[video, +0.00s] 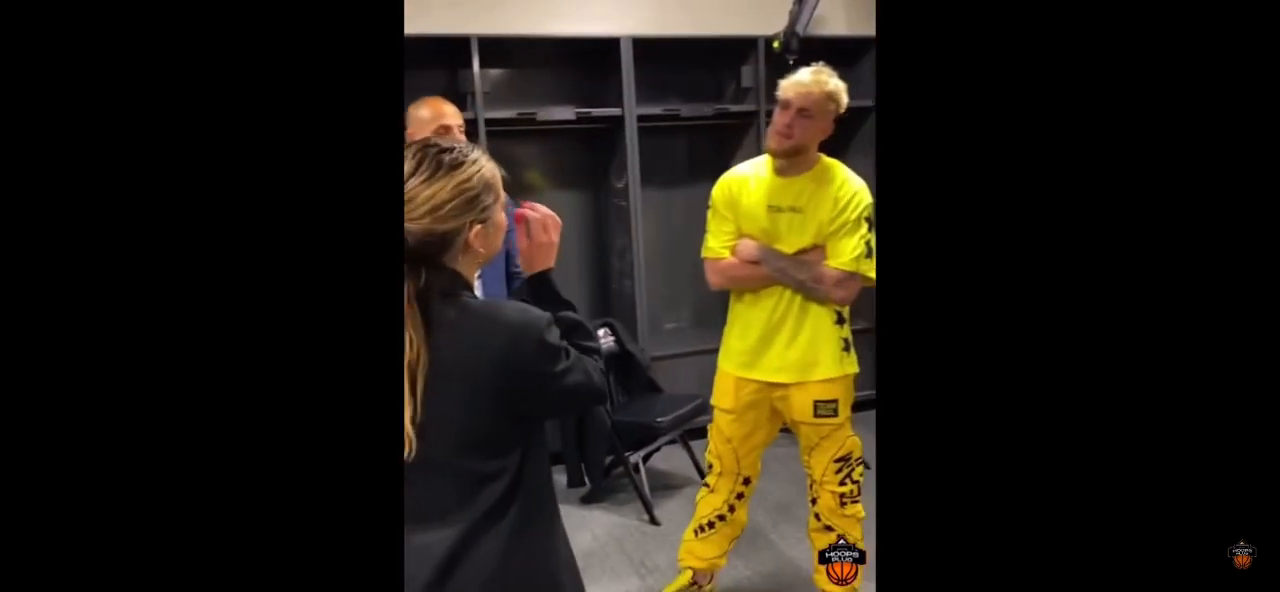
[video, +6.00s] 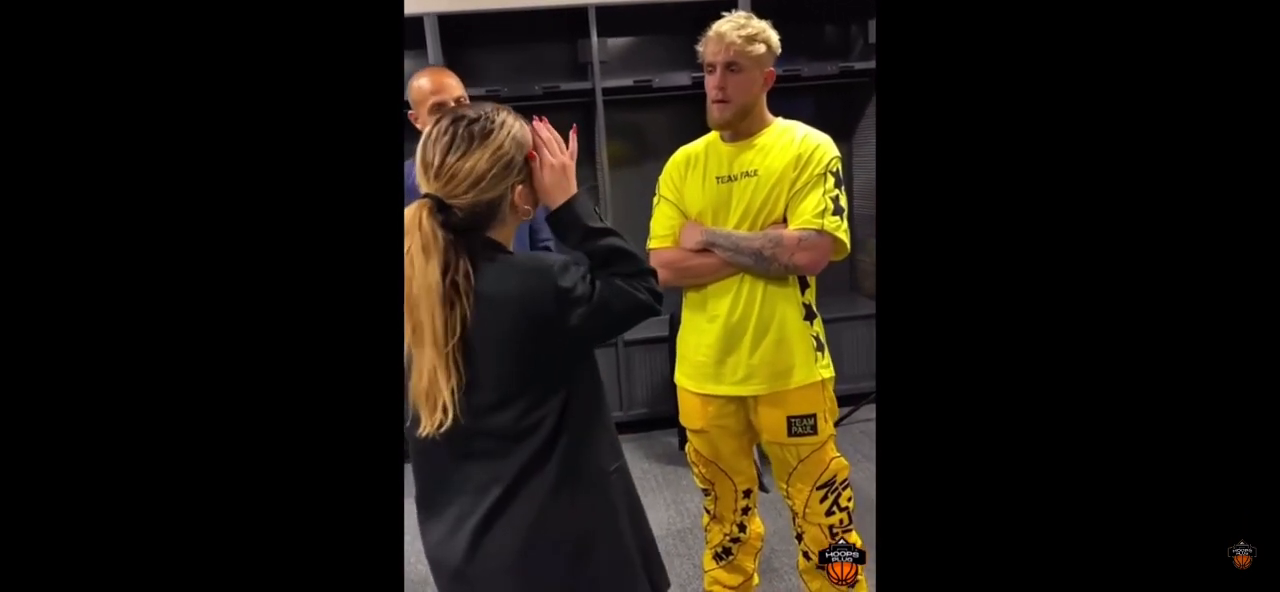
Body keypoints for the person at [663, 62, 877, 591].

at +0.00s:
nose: (784, 119)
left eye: (801, 113)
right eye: (781, 107)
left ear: (827, 128)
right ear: (771, 110)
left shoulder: (848, 192)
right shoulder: (734, 184)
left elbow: (842, 291)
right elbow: (717, 275)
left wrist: (759, 253)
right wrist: (804, 265)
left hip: (820, 363)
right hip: (745, 358)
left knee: (835, 486)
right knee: (723, 475)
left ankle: (841, 583)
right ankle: (696, 576)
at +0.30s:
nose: (704, 129)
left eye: (719, 121)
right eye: (698, 116)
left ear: (743, 133)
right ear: (687, 120)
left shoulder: (768, 192)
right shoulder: (659, 194)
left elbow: (771, 285)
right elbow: (649, 285)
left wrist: (689, 260)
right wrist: (735, 271)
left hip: (752, 370)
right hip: (676, 370)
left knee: (785, 493)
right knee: (666, 495)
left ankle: (807, 584)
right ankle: (660, 585)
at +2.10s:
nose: (676, 143)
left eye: (694, 131)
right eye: (672, 127)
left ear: (731, 141)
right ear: (664, 130)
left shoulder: (764, 219)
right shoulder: (638, 210)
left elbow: (754, 336)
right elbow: (613, 318)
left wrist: (657, 296)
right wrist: (708, 315)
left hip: (721, 422)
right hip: (641, 413)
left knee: (719, 556)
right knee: (624, 538)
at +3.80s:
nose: (713, 102)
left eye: (730, 87)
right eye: (706, 86)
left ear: (762, 96)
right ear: (696, 90)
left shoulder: (798, 169)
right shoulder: (670, 178)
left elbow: (799, 275)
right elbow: (651, 281)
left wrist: (693, 251)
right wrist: (753, 265)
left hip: (773, 381)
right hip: (689, 383)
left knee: (803, 529)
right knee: (710, 534)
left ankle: (813, 586)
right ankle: (714, 587)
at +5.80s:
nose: (718, 84)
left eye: (735, 70)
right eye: (711, 70)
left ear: (768, 79)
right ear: (703, 78)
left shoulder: (809, 150)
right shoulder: (683, 165)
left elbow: (811, 256)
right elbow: (666, 268)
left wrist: (703, 238)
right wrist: (763, 249)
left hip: (789, 367)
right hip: (703, 370)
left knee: (821, 516)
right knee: (724, 519)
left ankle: (838, 584)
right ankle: (730, 584)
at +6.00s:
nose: (716, 83)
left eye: (733, 69)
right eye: (709, 70)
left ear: (767, 77)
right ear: (702, 77)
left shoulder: (810, 149)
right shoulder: (682, 164)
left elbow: (813, 253)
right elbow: (665, 267)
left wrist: (704, 236)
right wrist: (765, 248)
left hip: (790, 368)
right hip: (703, 371)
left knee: (823, 519)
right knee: (724, 522)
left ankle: (838, 584)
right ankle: (728, 585)